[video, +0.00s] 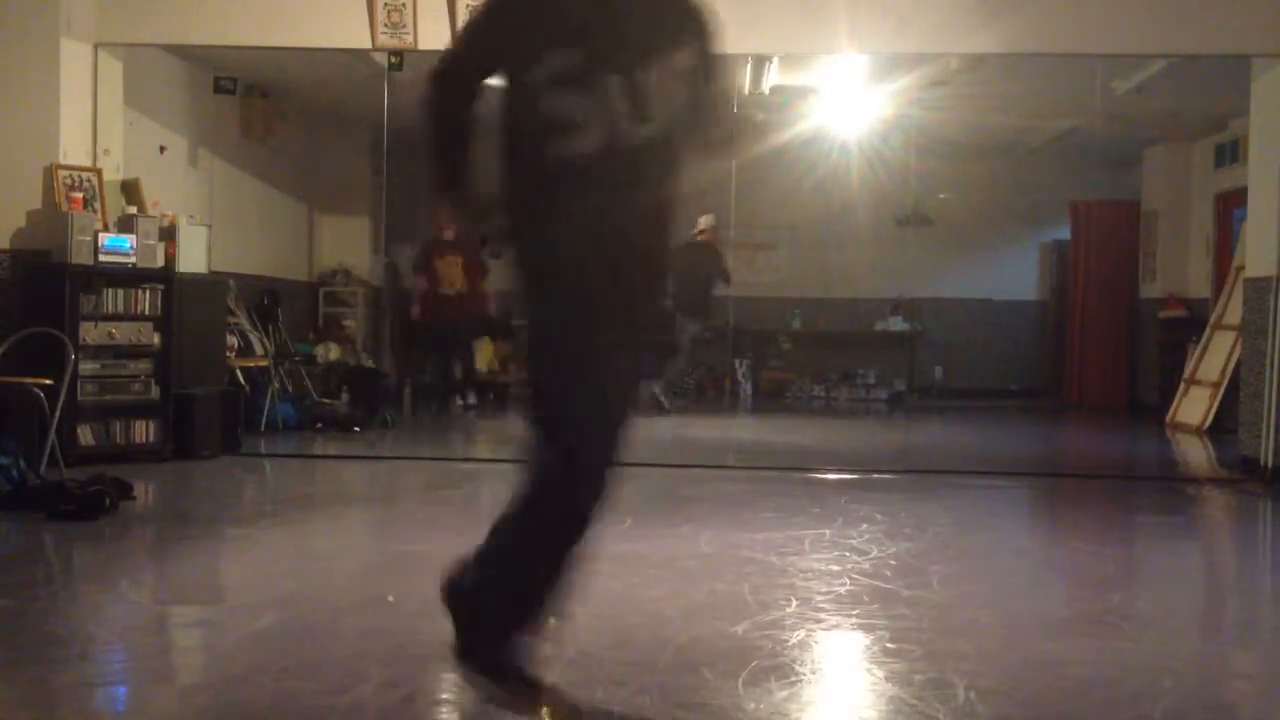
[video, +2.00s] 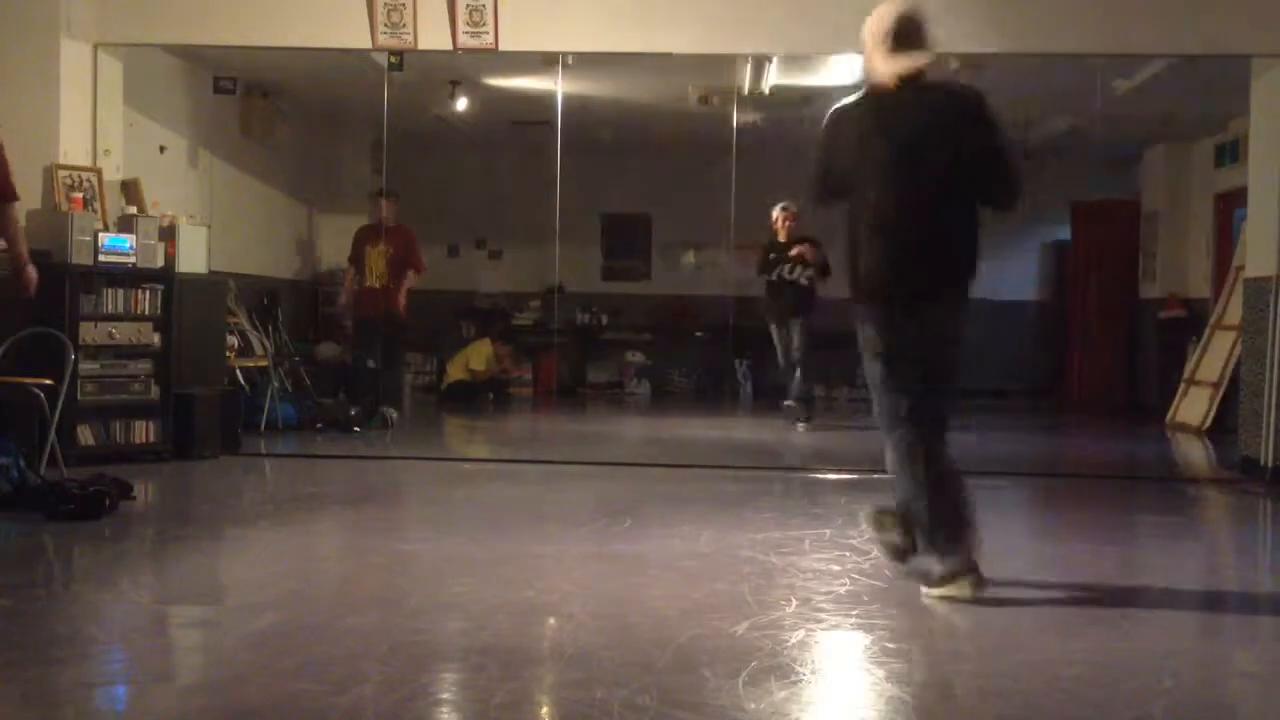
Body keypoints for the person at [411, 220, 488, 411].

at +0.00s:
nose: (446, 233)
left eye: (449, 228)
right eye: (442, 228)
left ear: (455, 227)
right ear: (437, 228)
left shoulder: (467, 247)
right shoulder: (429, 248)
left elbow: (480, 274)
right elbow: (421, 276)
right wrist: (417, 302)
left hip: (464, 310)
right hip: (438, 310)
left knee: (466, 355)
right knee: (441, 356)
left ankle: (469, 393)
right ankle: (443, 398)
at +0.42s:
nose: (424, 224)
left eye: (428, 219)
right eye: (422, 219)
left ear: (437, 222)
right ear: (418, 223)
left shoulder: (449, 249)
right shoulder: (411, 250)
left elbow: (463, 280)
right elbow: (404, 281)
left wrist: (470, 307)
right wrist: (409, 310)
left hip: (445, 312)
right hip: (421, 314)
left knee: (442, 358)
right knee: (425, 359)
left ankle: (444, 398)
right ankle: (428, 398)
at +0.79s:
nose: (407, 221)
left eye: (411, 216)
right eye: (405, 216)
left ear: (422, 217)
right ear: (401, 218)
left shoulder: (432, 243)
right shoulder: (395, 244)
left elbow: (440, 274)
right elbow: (390, 277)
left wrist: (435, 299)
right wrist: (384, 301)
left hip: (423, 309)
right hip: (398, 310)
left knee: (425, 356)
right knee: (394, 355)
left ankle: (425, 397)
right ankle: (394, 395)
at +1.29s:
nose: (389, 216)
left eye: (393, 211)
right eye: (386, 211)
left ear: (402, 212)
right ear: (382, 213)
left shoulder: (415, 239)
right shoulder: (376, 239)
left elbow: (426, 274)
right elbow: (365, 272)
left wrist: (430, 303)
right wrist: (362, 299)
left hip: (407, 309)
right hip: (381, 308)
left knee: (405, 355)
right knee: (383, 355)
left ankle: (405, 399)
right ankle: (387, 400)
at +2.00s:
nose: (382, 209)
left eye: (387, 204)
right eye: (379, 204)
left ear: (395, 207)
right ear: (375, 207)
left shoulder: (405, 235)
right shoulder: (363, 233)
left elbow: (413, 268)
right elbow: (353, 265)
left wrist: (402, 292)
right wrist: (346, 292)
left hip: (391, 307)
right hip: (364, 306)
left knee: (391, 359)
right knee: (362, 357)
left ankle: (390, 406)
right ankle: (364, 405)